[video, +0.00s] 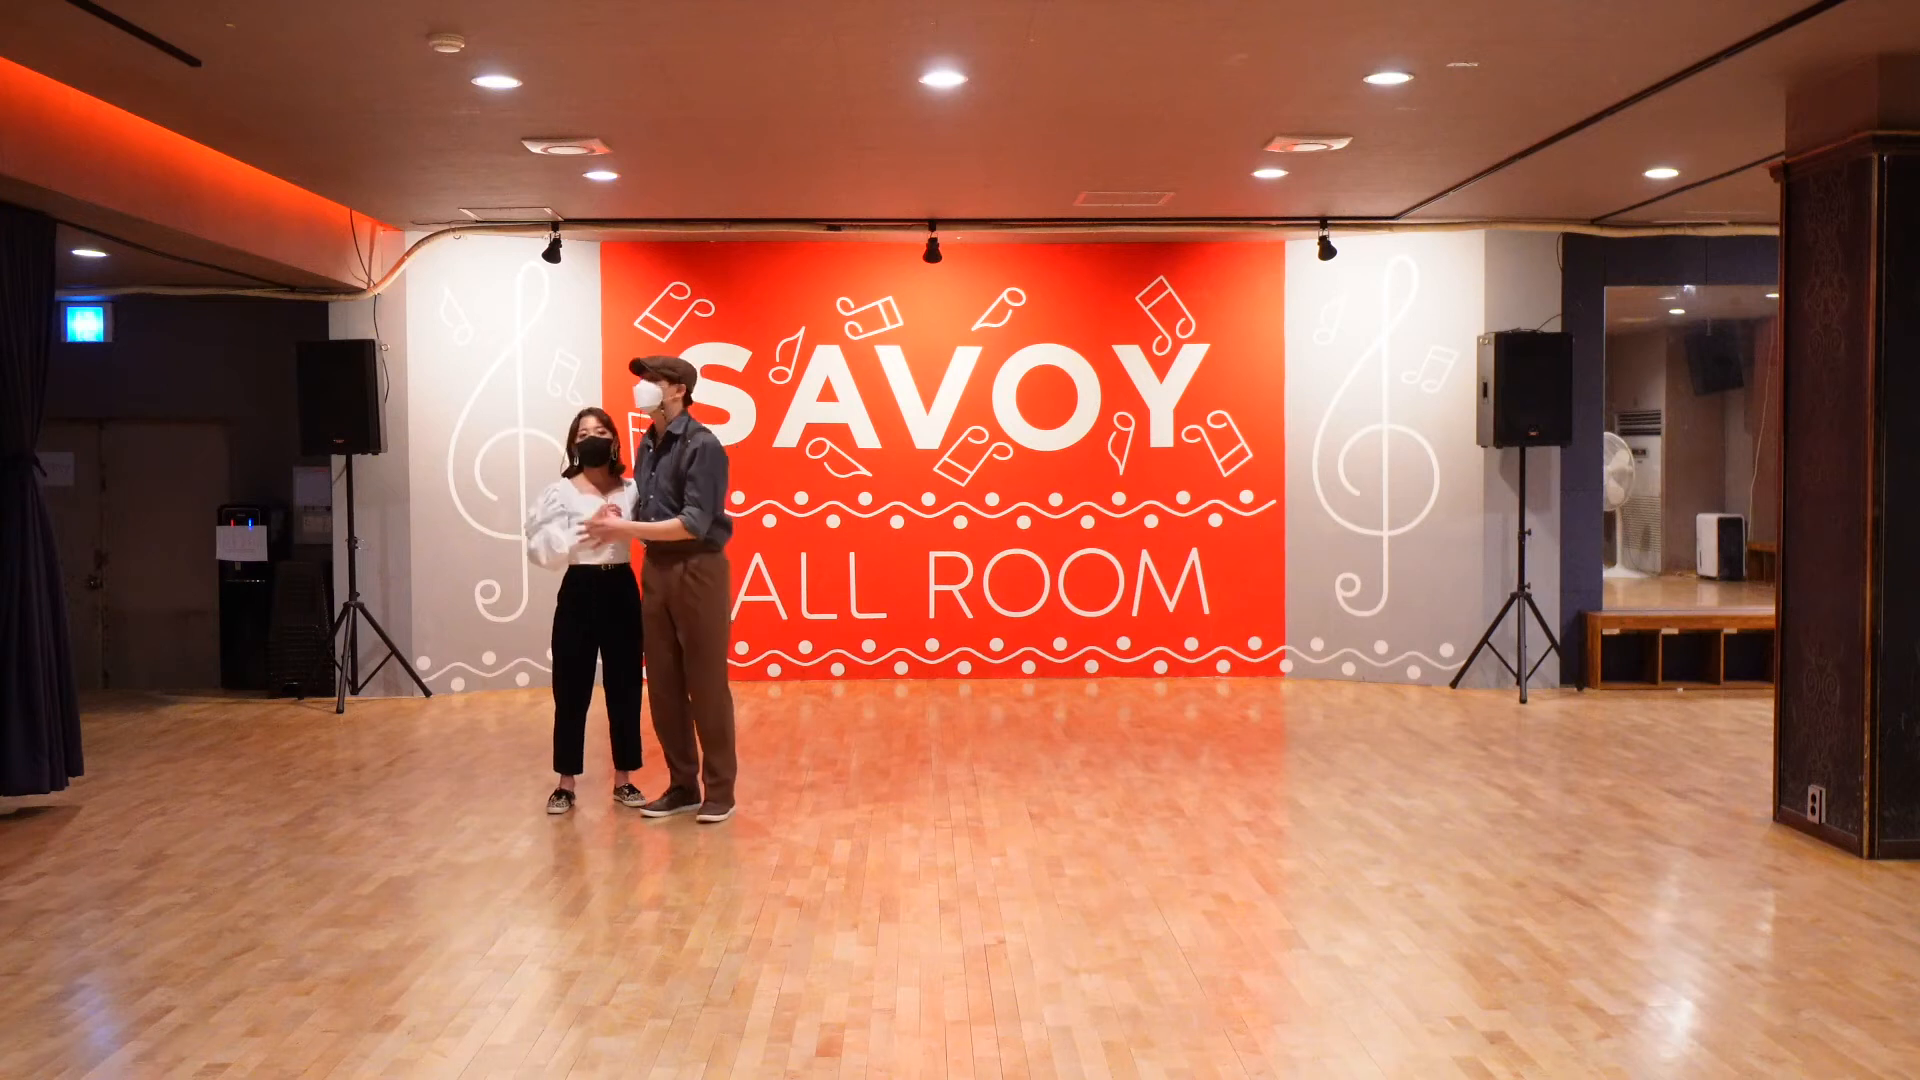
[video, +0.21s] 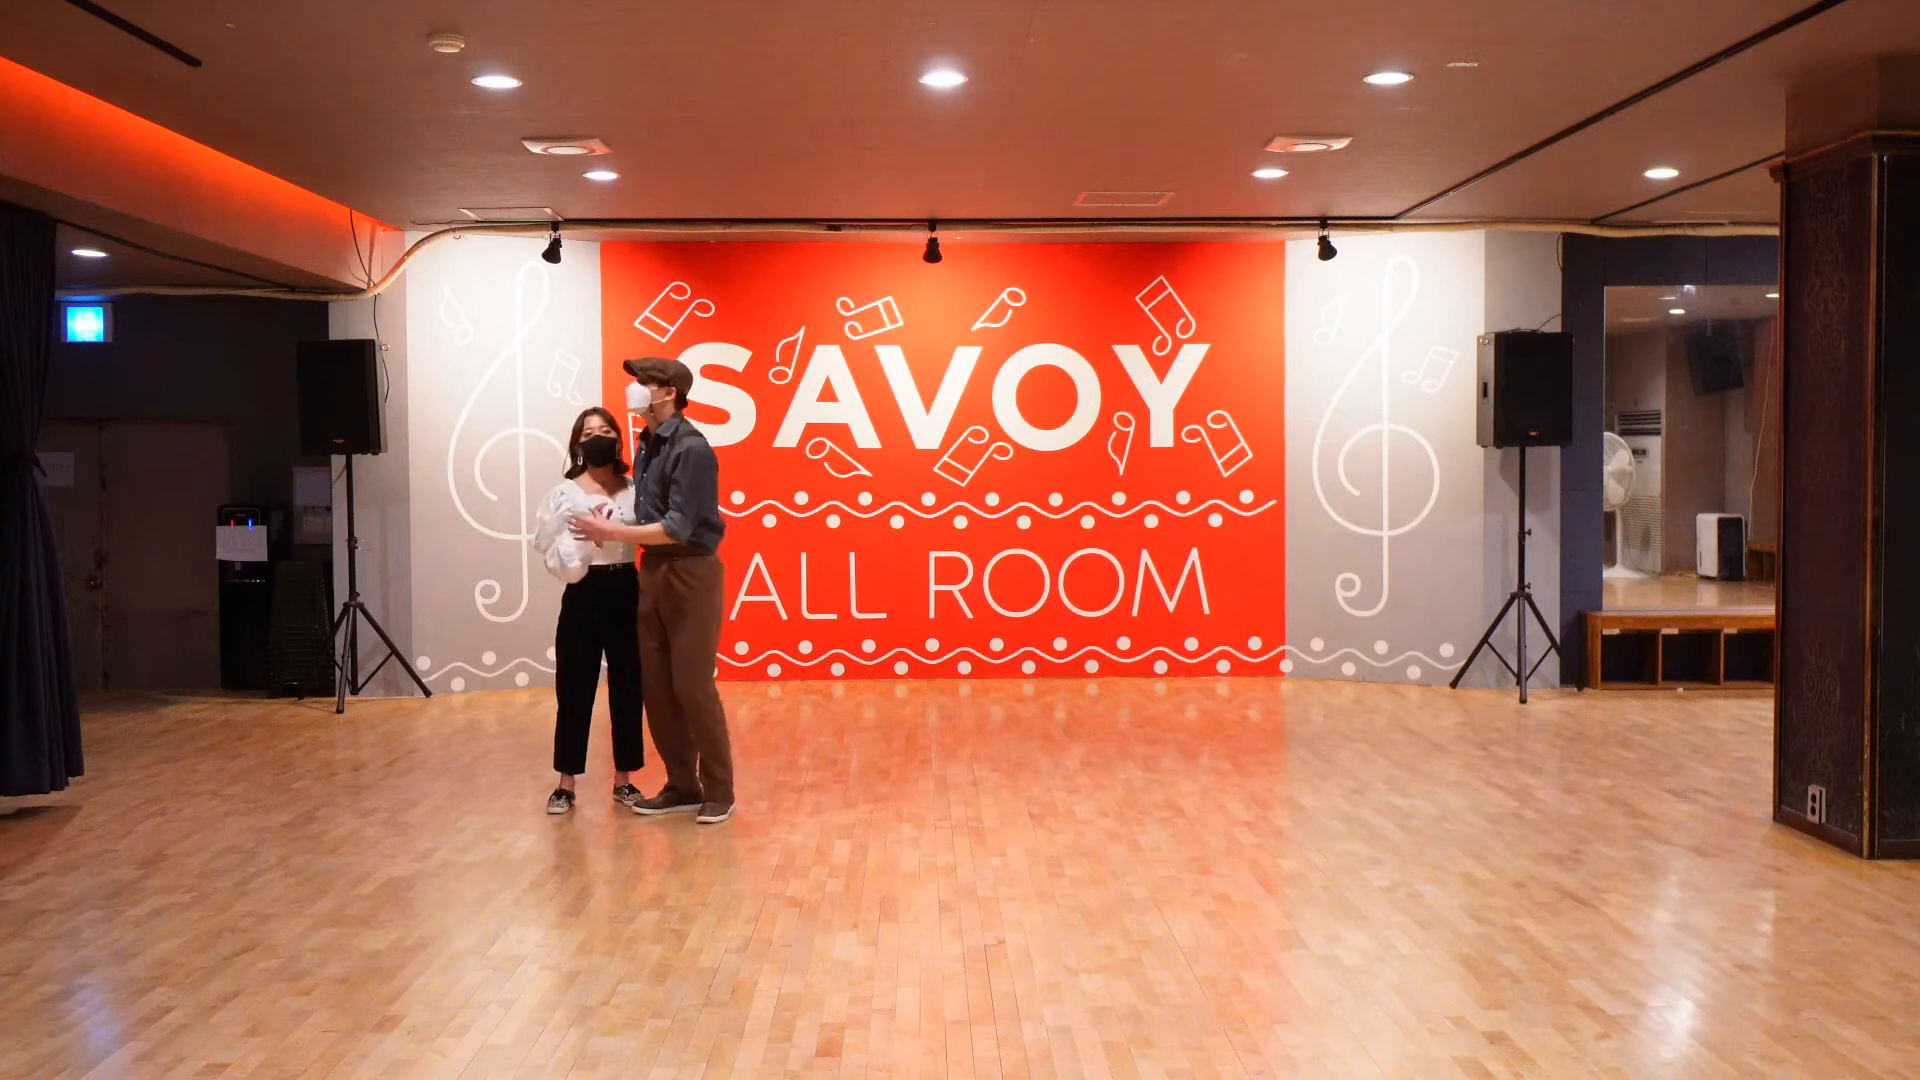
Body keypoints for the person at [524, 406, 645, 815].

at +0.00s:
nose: (593, 433)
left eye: (601, 428)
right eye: (584, 430)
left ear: (613, 439)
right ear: (573, 443)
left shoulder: (631, 490)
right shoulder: (557, 492)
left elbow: (654, 528)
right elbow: (539, 548)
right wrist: (583, 529)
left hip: (621, 591)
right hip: (578, 592)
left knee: (625, 690)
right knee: (571, 691)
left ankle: (624, 781)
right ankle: (565, 784)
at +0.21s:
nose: (598, 434)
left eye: (605, 428)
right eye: (588, 430)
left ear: (618, 440)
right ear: (576, 444)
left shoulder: (635, 489)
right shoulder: (562, 493)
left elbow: (652, 531)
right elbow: (551, 551)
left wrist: (615, 524)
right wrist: (587, 539)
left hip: (625, 590)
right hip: (582, 591)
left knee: (626, 688)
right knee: (574, 688)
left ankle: (623, 781)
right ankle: (565, 783)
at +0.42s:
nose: (601, 438)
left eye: (608, 431)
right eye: (591, 434)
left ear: (620, 441)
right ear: (578, 447)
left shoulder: (638, 491)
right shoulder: (570, 499)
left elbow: (657, 538)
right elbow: (555, 560)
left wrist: (624, 536)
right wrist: (587, 547)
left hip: (631, 593)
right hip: (589, 597)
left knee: (630, 689)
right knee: (584, 689)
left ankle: (624, 781)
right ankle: (567, 779)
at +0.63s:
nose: (592, 437)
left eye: (599, 431)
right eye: (582, 434)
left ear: (610, 441)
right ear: (570, 447)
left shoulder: (629, 488)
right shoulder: (565, 501)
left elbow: (652, 529)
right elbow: (561, 560)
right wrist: (595, 587)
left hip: (628, 601)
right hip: (587, 606)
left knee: (624, 696)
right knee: (580, 698)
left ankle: (621, 780)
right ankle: (567, 788)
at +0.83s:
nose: (577, 439)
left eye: (583, 433)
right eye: (567, 436)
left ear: (596, 442)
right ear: (555, 450)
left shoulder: (618, 487)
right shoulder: (550, 503)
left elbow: (639, 532)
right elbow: (556, 566)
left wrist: (634, 580)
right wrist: (578, 606)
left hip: (621, 586)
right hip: (577, 595)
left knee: (618, 688)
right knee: (576, 695)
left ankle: (620, 786)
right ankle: (567, 794)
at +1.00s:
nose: (570, 440)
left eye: (577, 434)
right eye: (561, 436)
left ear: (589, 444)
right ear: (547, 450)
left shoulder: (605, 491)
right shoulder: (538, 499)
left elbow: (627, 530)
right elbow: (510, 539)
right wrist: (498, 546)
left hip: (606, 596)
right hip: (565, 601)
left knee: (613, 693)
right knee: (566, 699)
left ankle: (625, 790)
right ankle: (566, 798)